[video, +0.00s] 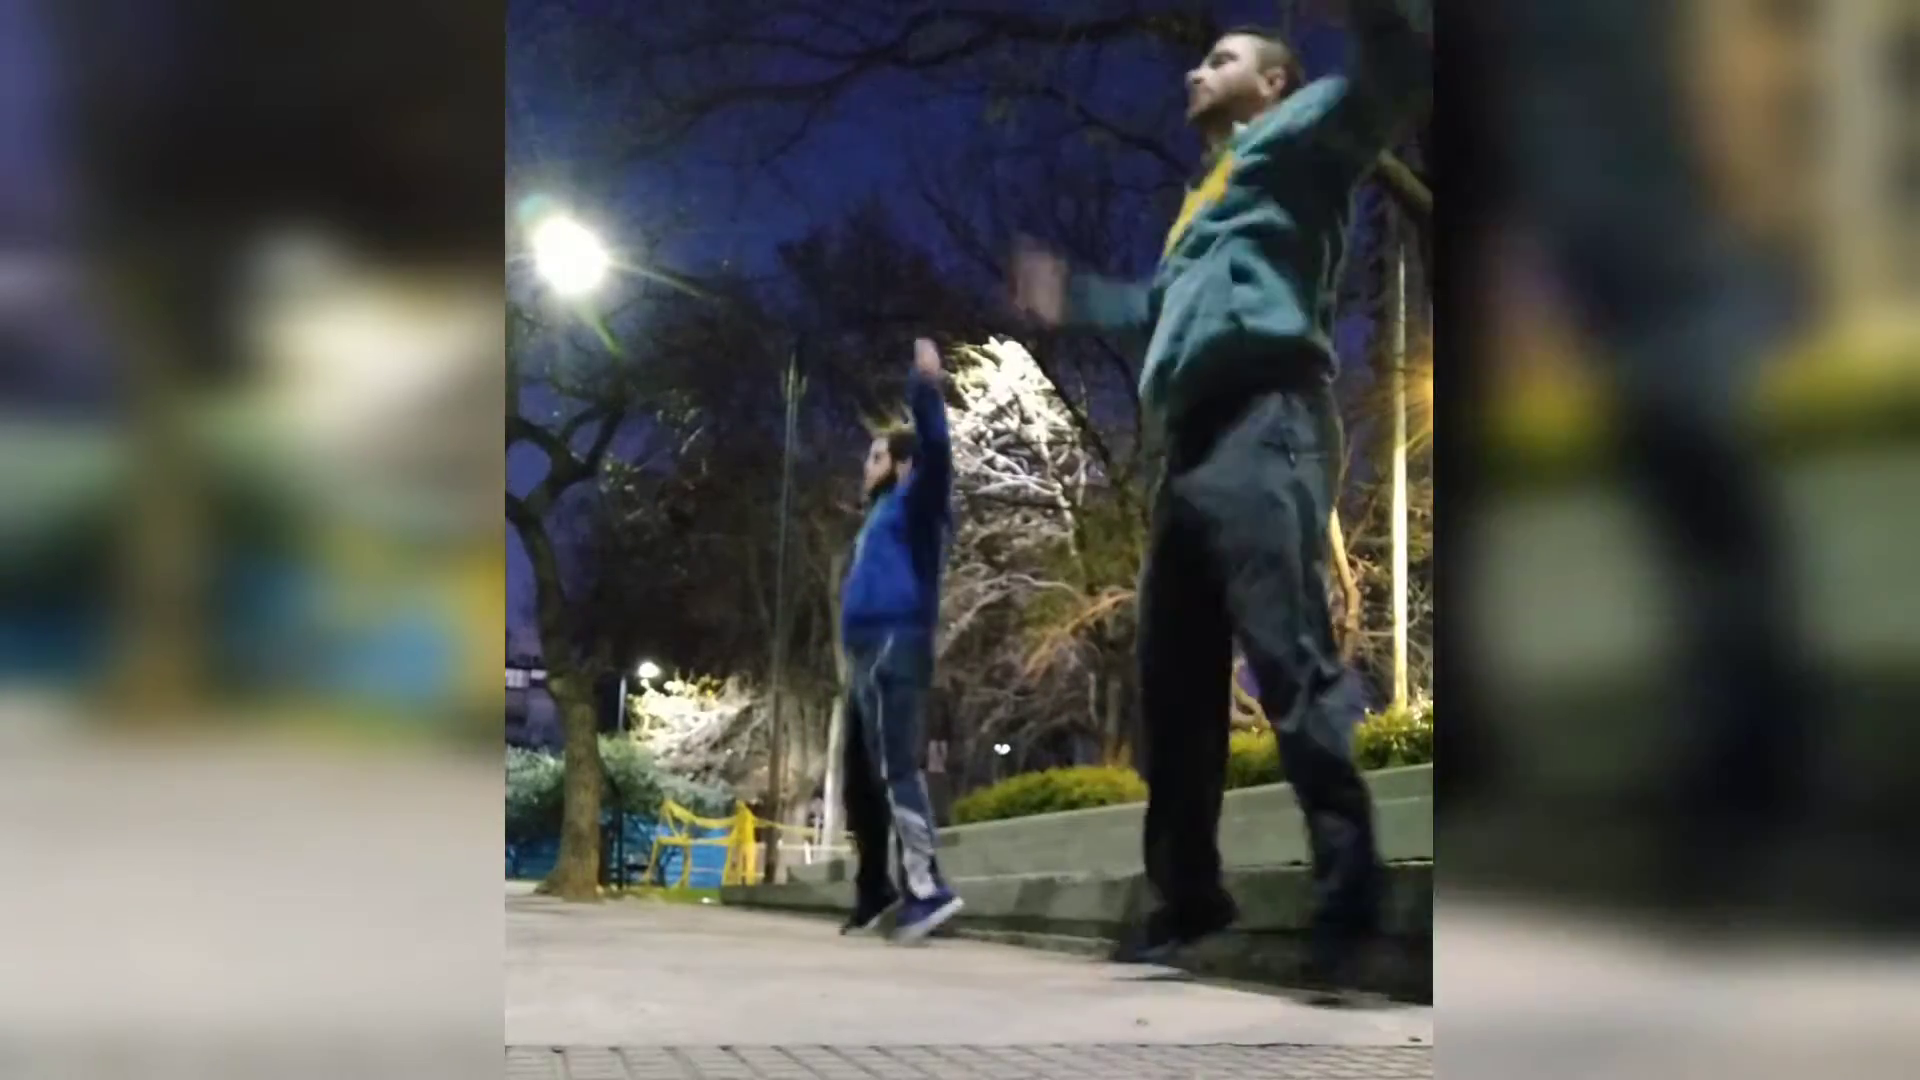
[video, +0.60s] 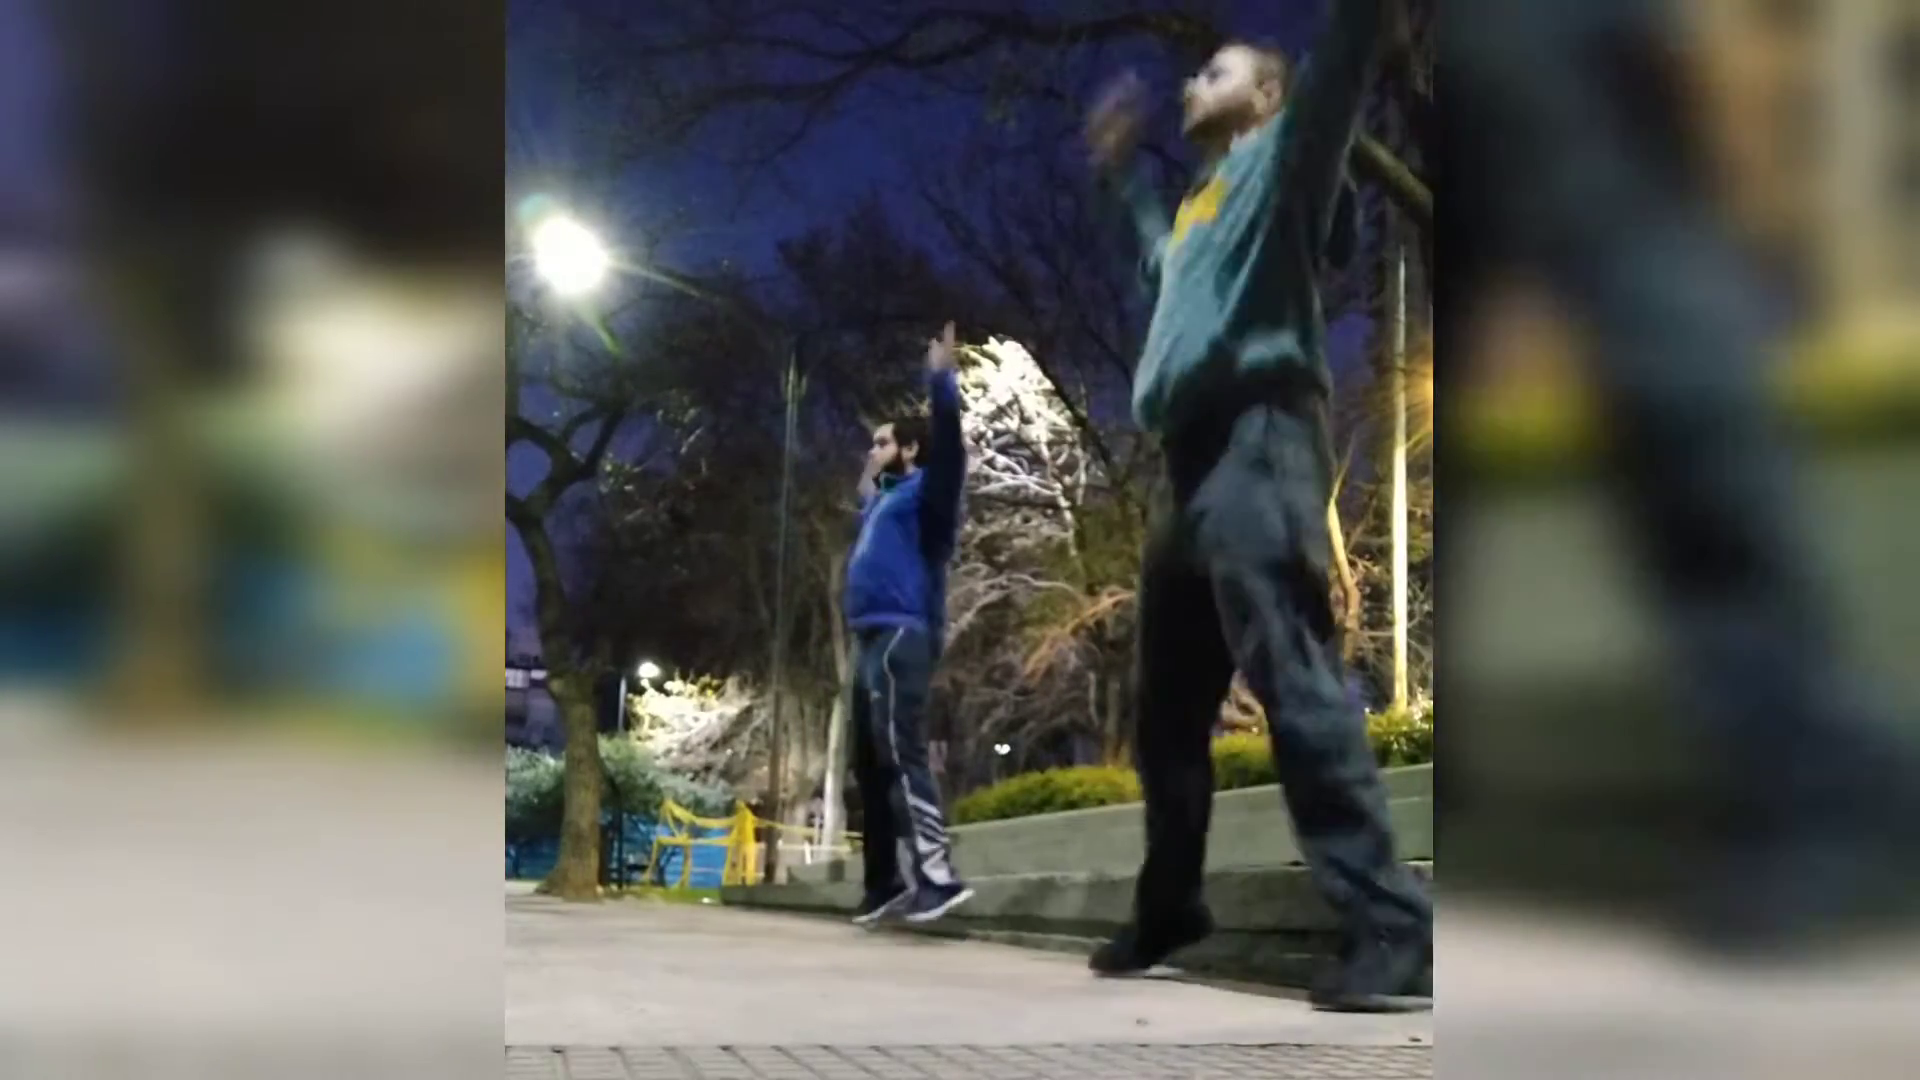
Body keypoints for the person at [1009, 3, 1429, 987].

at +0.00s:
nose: (1197, 73)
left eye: (1221, 61)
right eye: (1201, 63)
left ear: (1275, 80)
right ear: (1221, 95)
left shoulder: (1297, 140)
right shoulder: (1200, 214)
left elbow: (1388, 81)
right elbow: (1162, 309)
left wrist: (1380, 4)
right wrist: (1071, 294)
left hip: (1268, 419)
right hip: (1192, 446)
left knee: (1292, 660)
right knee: (1176, 679)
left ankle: (1351, 900)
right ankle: (1188, 895)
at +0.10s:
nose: (1189, 76)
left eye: (1213, 63)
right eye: (1193, 65)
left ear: (1265, 89)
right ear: (1211, 99)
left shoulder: (1268, 149)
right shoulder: (1201, 202)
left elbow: (1345, 160)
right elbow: (1178, 359)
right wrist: (1099, 400)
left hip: (1259, 433)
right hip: (1192, 450)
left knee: (1269, 670)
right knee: (1173, 693)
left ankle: (1304, 910)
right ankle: (1210, 918)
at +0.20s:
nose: (1179, 129)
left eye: (1202, 118)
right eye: (1180, 121)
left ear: (1253, 145)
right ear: (1192, 157)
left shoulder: (1289, 222)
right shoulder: (1196, 255)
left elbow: (1357, 360)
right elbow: (1194, 392)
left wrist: (1297, 444)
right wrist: (1156, 507)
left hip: (1250, 504)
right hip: (1179, 517)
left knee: (1229, 725)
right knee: (1156, 726)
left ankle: (1281, 947)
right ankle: (1223, 938)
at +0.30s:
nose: (1182, 127)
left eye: (1206, 114)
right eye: (1183, 119)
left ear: (1256, 141)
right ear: (1197, 156)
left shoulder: (1290, 224)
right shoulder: (1203, 256)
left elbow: (1342, 351)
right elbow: (1194, 391)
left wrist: (1276, 436)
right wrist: (1158, 501)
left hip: (1252, 513)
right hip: (1183, 524)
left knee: (1225, 724)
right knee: (1161, 732)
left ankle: (1281, 948)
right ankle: (1223, 939)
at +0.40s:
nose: (1191, 86)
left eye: (1213, 72)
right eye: (1194, 75)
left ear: (1264, 95)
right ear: (1213, 106)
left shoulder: (1298, 173)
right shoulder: (1207, 209)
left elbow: (1352, 272)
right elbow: (1192, 347)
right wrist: (1159, 446)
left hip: (1259, 447)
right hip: (1193, 461)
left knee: (1243, 696)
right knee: (1183, 707)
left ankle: (1280, 942)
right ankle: (1220, 934)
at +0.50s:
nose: (1195, 65)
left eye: (1219, 52)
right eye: (1197, 55)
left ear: (1274, 75)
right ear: (1216, 94)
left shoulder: (1291, 146)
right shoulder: (1198, 201)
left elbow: (1363, 82)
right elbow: (1168, 311)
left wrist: (1372, 2)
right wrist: (1080, 274)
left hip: (1262, 411)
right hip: (1195, 434)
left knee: (1273, 651)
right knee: (1181, 677)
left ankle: (1347, 906)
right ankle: (1187, 897)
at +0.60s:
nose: (1196, 79)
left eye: (1219, 69)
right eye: (1198, 72)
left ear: (1272, 90)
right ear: (1204, 105)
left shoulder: (1285, 162)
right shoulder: (1188, 218)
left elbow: (1343, 55)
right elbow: (1160, 250)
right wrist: (1123, 170)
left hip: (1262, 432)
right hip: (1190, 455)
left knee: (1297, 682)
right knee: (1170, 703)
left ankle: (1385, 933)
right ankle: (1170, 908)